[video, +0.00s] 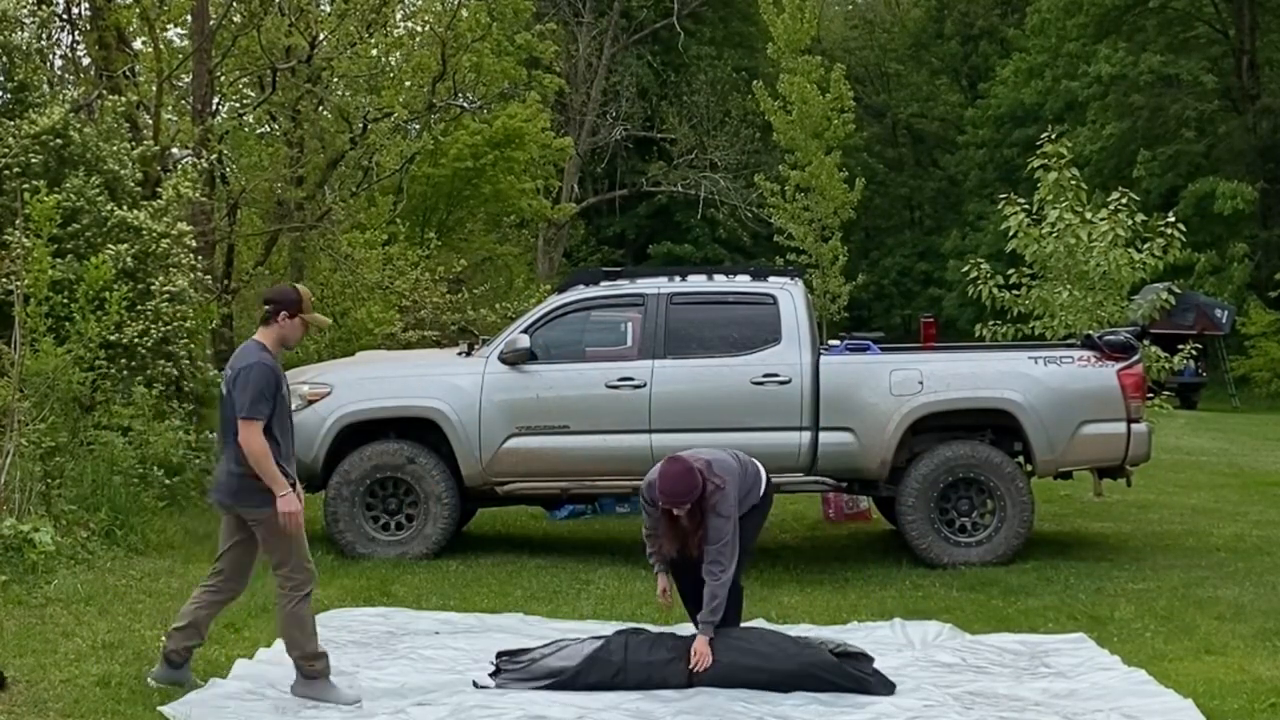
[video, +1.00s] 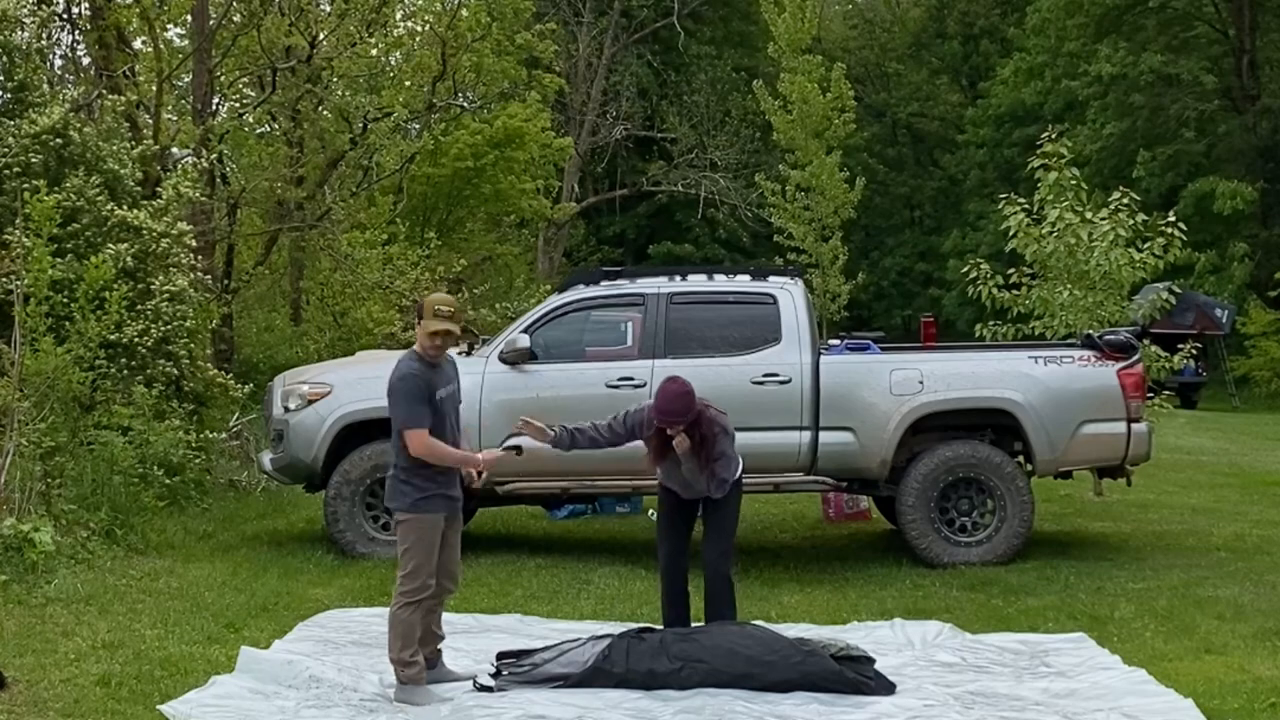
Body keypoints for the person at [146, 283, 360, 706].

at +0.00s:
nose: (304, 332)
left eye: (304, 324)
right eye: (301, 323)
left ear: (275, 319)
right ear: (283, 319)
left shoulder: (248, 356)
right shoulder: (260, 366)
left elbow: (258, 414)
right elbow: (250, 437)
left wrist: (297, 400)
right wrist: (283, 489)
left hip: (239, 492)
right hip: (264, 495)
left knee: (226, 579)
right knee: (297, 580)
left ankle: (172, 663)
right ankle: (312, 676)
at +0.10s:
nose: (355, 341)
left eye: (356, 334)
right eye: (353, 333)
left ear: (326, 327)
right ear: (335, 329)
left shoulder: (293, 361)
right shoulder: (319, 378)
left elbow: (284, 438)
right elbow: (324, 454)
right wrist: (345, 513)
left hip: (288, 494)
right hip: (310, 500)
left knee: (315, 570)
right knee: (333, 591)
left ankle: (237, 621)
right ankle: (313, 685)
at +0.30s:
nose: (417, 341)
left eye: (418, 334)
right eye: (415, 333)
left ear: (392, 328)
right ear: (397, 328)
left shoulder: (369, 365)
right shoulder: (370, 372)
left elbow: (362, 442)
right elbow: (371, 444)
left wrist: (390, 494)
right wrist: (401, 496)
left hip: (377, 497)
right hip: (361, 498)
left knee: (405, 569)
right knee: (345, 590)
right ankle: (313, 682)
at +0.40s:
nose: (454, 337)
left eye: (455, 331)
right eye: (451, 329)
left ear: (433, 325)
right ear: (431, 324)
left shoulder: (429, 371)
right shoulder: (400, 364)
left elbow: (435, 439)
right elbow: (379, 424)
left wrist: (451, 492)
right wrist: (381, 482)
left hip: (427, 496)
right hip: (399, 494)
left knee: (427, 580)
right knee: (395, 580)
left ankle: (427, 664)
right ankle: (335, 663)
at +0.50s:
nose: (475, 339)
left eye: (477, 332)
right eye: (472, 330)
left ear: (457, 325)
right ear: (451, 323)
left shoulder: (455, 376)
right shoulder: (415, 360)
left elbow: (464, 439)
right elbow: (390, 419)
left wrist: (489, 489)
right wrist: (402, 473)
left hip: (432, 482)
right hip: (407, 479)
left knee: (431, 566)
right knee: (441, 560)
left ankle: (427, 656)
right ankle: (389, 645)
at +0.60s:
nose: (473, 337)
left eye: (474, 330)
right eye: (469, 328)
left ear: (449, 324)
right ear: (448, 323)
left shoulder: (444, 369)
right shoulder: (420, 364)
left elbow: (461, 440)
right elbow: (422, 429)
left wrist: (482, 485)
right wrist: (463, 478)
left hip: (442, 496)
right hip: (425, 496)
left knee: (430, 582)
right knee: (426, 583)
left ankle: (429, 664)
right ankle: (411, 678)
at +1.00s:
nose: (439, 343)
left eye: (446, 337)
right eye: (433, 334)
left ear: (455, 335)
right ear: (418, 328)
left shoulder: (447, 367)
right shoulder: (407, 375)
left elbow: (448, 427)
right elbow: (417, 444)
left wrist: (464, 463)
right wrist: (470, 458)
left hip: (448, 496)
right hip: (416, 500)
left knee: (441, 584)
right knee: (414, 587)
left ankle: (429, 663)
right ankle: (407, 678)